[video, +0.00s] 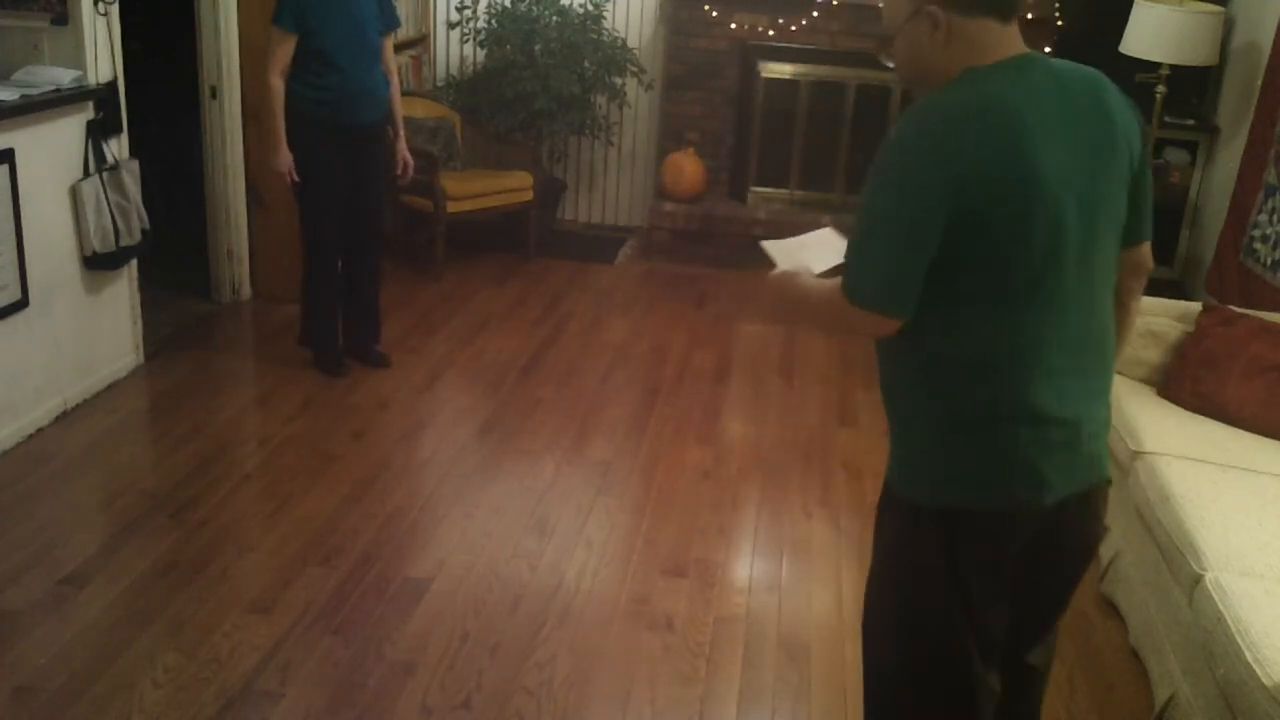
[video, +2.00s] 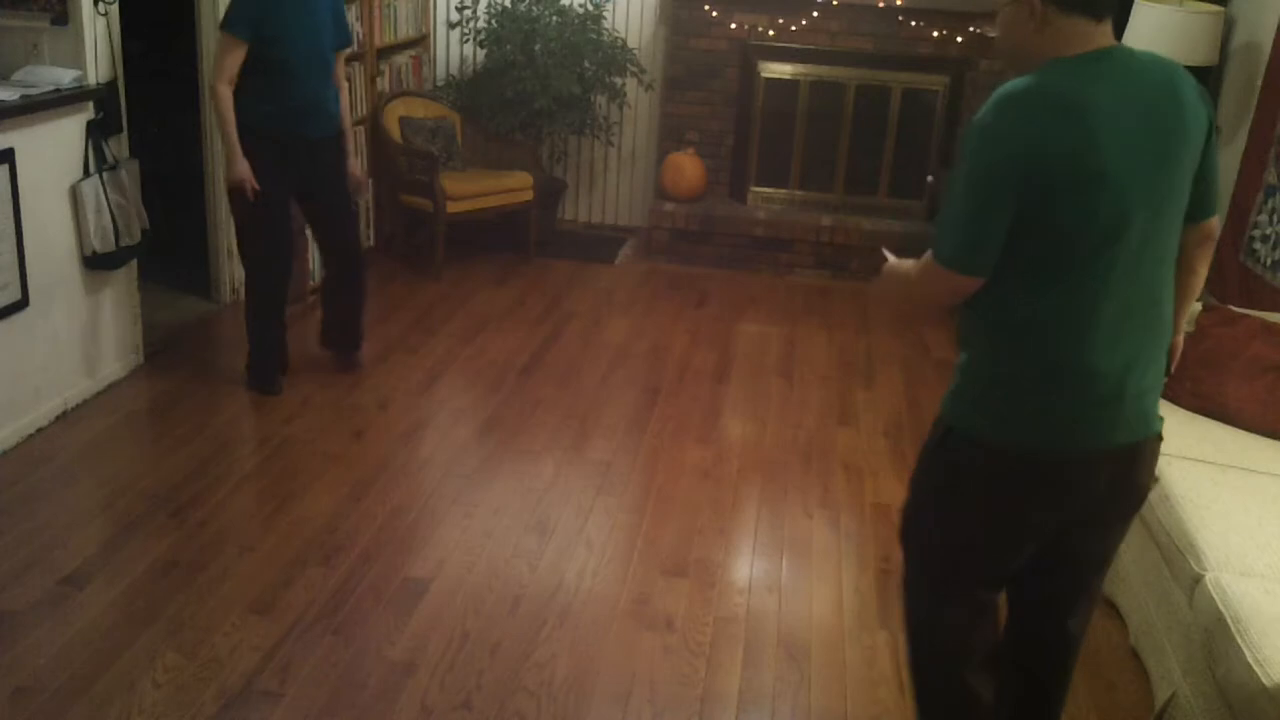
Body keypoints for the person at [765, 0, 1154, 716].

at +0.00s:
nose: (892, 55)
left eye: (893, 31)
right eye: (888, 35)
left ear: (934, 19)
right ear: (1007, 19)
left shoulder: (933, 131)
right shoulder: (1108, 105)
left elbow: (876, 309)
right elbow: (1133, 267)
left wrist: (790, 297)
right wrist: (1090, 373)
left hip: (956, 494)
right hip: (1076, 486)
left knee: (921, 698)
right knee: (1017, 687)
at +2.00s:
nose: (994, 27)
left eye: (999, 12)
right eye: (994, 13)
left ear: (1033, 11)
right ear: (1101, 13)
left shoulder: (1018, 110)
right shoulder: (1182, 94)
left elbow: (956, 274)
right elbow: (1200, 233)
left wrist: (901, 275)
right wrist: (1175, 328)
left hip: (1004, 439)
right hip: (1124, 443)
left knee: (945, 596)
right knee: (1051, 627)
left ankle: (957, 708)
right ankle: (1029, 711)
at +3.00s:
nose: (888, 35)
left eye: (893, 17)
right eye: (888, 19)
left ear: (927, 18)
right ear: (1001, 19)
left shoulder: (925, 119)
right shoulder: (1084, 113)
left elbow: (858, 294)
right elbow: (1106, 267)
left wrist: (803, 308)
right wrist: (1075, 369)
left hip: (936, 455)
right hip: (1042, 448)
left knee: (908, 660)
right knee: (1004, 647)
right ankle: (1004, 714)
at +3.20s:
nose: (840, 27)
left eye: (846, 10)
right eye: (840, 12)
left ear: (886, 11)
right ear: (952, 13)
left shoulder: (875, 107)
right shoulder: (1046, 101)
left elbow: (798, 284)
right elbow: (1074, 260)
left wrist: (744, 294)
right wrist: (1057, 380)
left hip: (905, 447)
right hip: (1004, 437)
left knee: (894, 668)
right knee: (926, 641)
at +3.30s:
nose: (819, 33)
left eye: (824, 16)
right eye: (820, 18)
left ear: (860, 12)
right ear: (927, 14)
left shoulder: (850, 108)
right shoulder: (1021, 98)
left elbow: (775, 283)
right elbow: (1053, 258)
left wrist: (728, 299)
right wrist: (1038, 379)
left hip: (884, 439)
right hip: (982, 431)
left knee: (896, 647)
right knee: (883, 614)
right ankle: (840, 704)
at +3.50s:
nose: (769, 27)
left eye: (774, 11)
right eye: (769, 14)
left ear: (804, 9)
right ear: (872, 10)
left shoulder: (798, 106)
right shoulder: (957, 94)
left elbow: (750, 282)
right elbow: (988, 251)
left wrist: (691, 367)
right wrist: (977, 363)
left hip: (828, 426)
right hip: (927, 418)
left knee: (851, 623)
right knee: (822, 609)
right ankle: (766, 712)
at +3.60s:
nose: (735, 25)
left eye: (739, 11)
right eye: (734, 13)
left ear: (776, 6)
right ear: (839, 4)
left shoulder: (776, 95)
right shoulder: (923, 80)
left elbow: (734, 269)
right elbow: (955, 228)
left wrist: (678, 377)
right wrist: (940, 341)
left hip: (801, 425)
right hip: (895, 415)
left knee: (771, 579)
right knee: (818, 588)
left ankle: (840, 705)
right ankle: (776, 704)